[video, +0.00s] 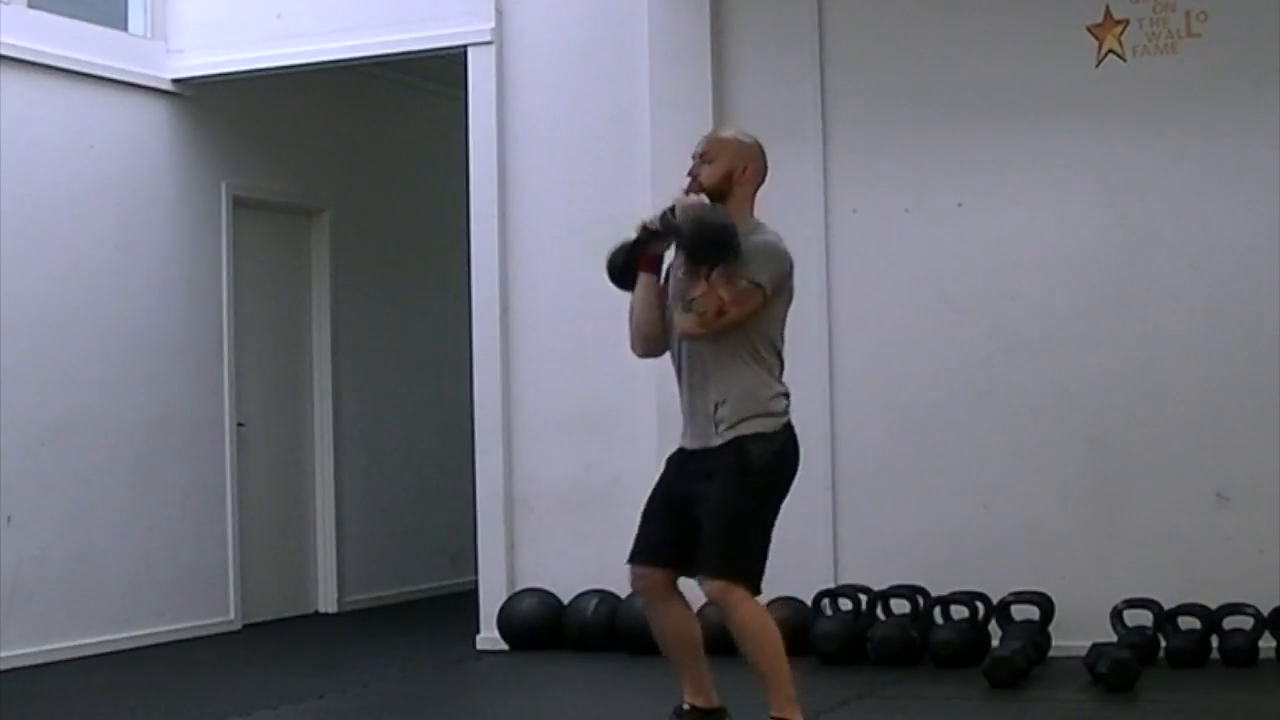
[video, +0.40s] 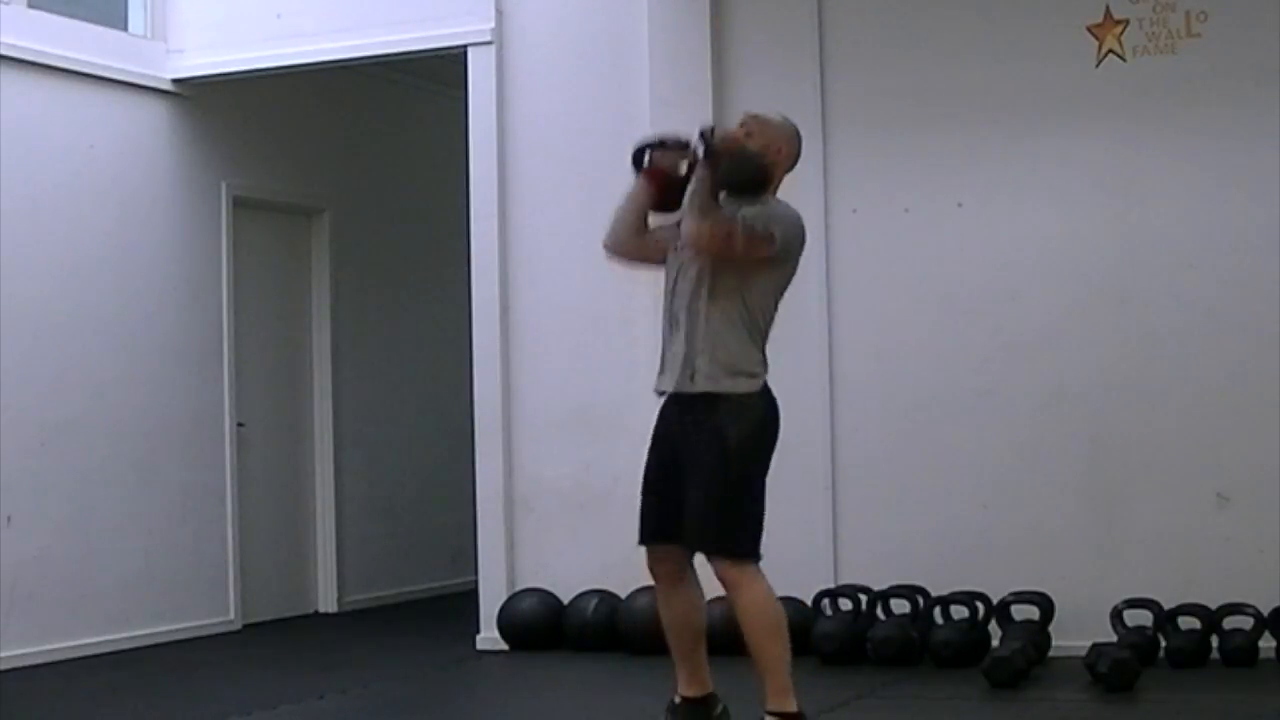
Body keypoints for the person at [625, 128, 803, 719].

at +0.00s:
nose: (691, 171)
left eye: (704, 160)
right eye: (693, 161)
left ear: (746, 172)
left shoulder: (766, 249)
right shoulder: (690, 250)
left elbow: (698, 318)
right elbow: (645, 341)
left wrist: (686, 241)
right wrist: (647, 262)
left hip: (756, 441)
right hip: (697, 446)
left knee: (726, 583)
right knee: (651, 575)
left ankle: (788, 711)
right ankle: (702, 704)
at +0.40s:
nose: (736, 127)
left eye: (754, 125)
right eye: (740, 122)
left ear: (778, 160)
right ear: (730, 149)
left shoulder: (782, 222)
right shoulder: (700, 217)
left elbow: (706, 239)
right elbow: (623, 242)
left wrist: (708, 169)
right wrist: (649, 179)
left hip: (736, 407)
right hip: (680, 405)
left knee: (732, 560)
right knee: (666, 558)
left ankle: (783, 708)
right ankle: (695, 698)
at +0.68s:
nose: (659, 178)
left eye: (671, 167)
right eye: (660, 168)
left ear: (710, 175)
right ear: (678, 181)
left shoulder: (740, 230)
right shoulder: (677, 236)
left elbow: (748, 145)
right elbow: (665, 147)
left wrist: (738, 67)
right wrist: (677, 72)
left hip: (760, 441)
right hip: (706, 443)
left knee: (728, 585)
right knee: (652, 573)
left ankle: (788, 713)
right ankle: (702, 706)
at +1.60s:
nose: (690, 146)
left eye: (704, 136)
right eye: (691, 137)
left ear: (740, 148)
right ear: (694, 149)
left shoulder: (766, 206)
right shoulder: (692, 209)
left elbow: (769, 133)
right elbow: (650, 145)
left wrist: (765, 65)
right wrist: (668, 76)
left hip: (765, 413)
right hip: (713, 413)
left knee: (771, 573)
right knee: (706, 567)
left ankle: (797, 711)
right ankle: (707, 703)